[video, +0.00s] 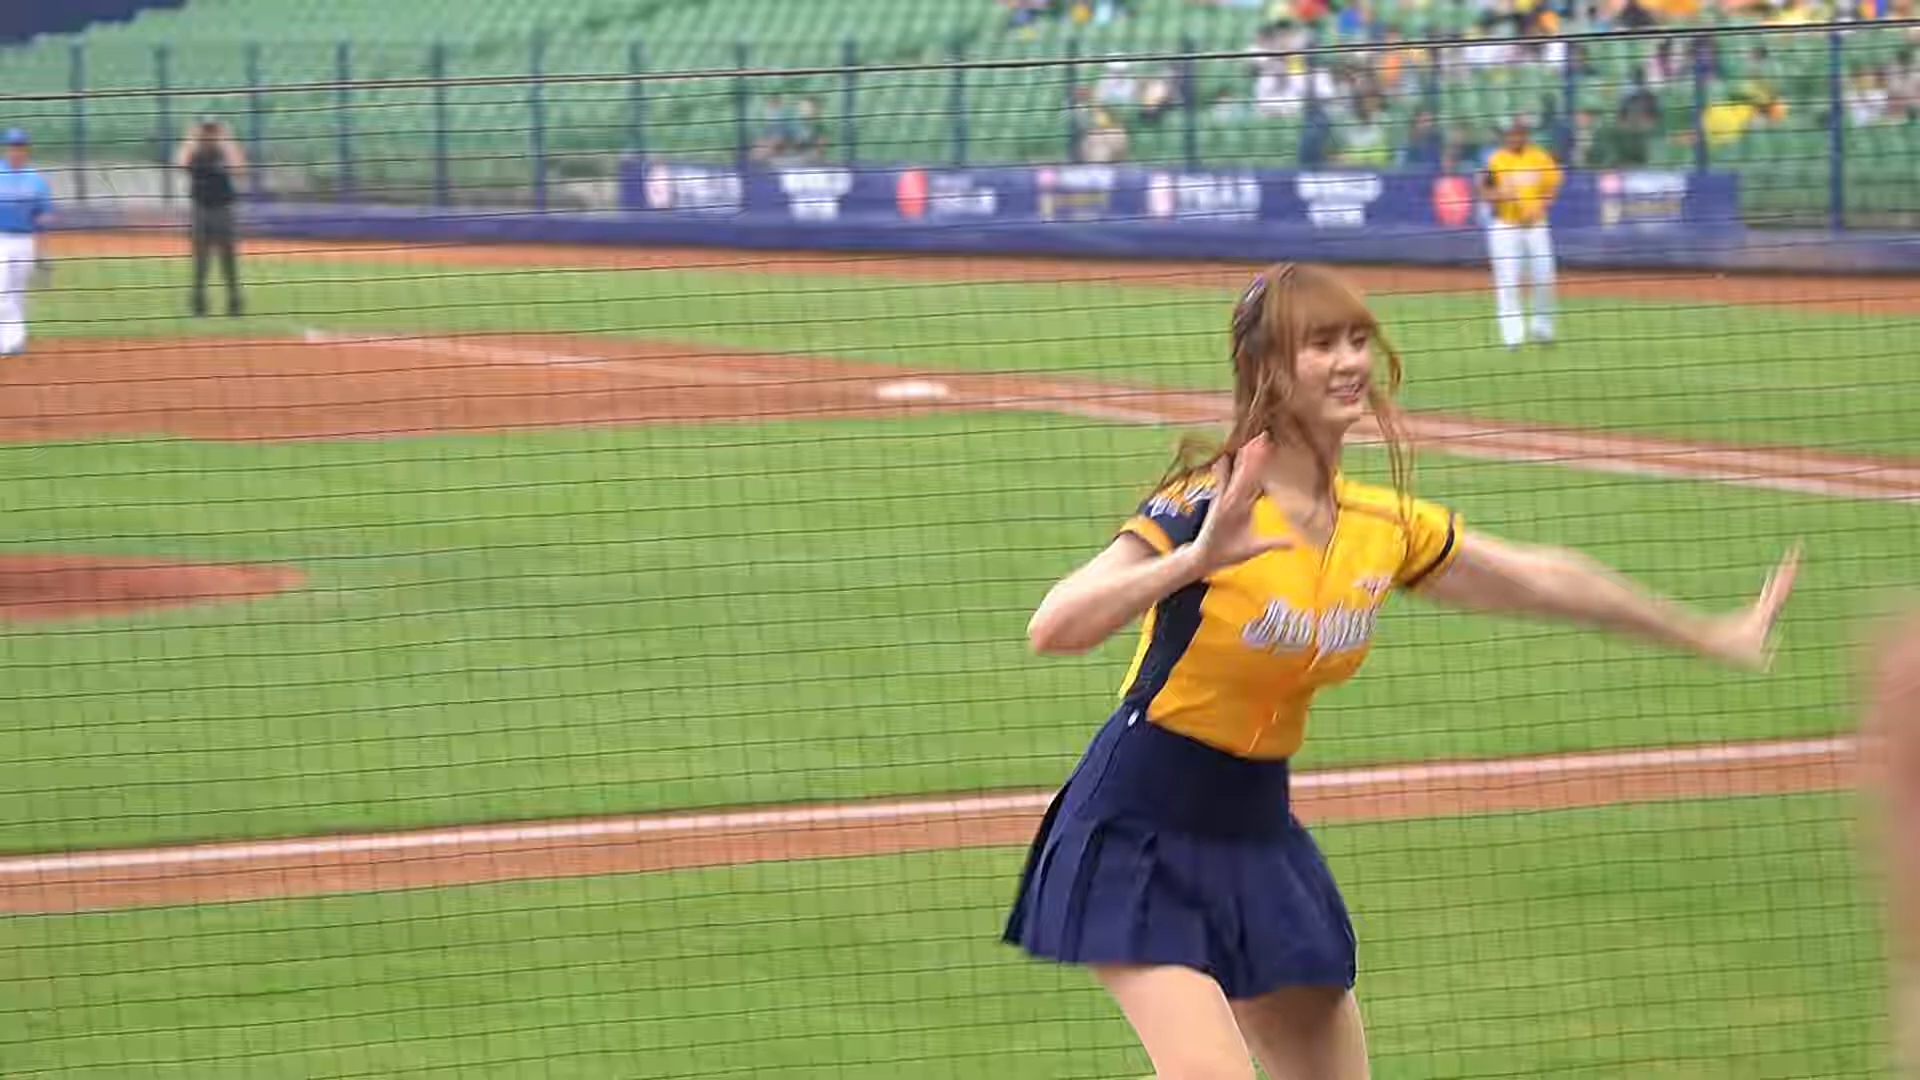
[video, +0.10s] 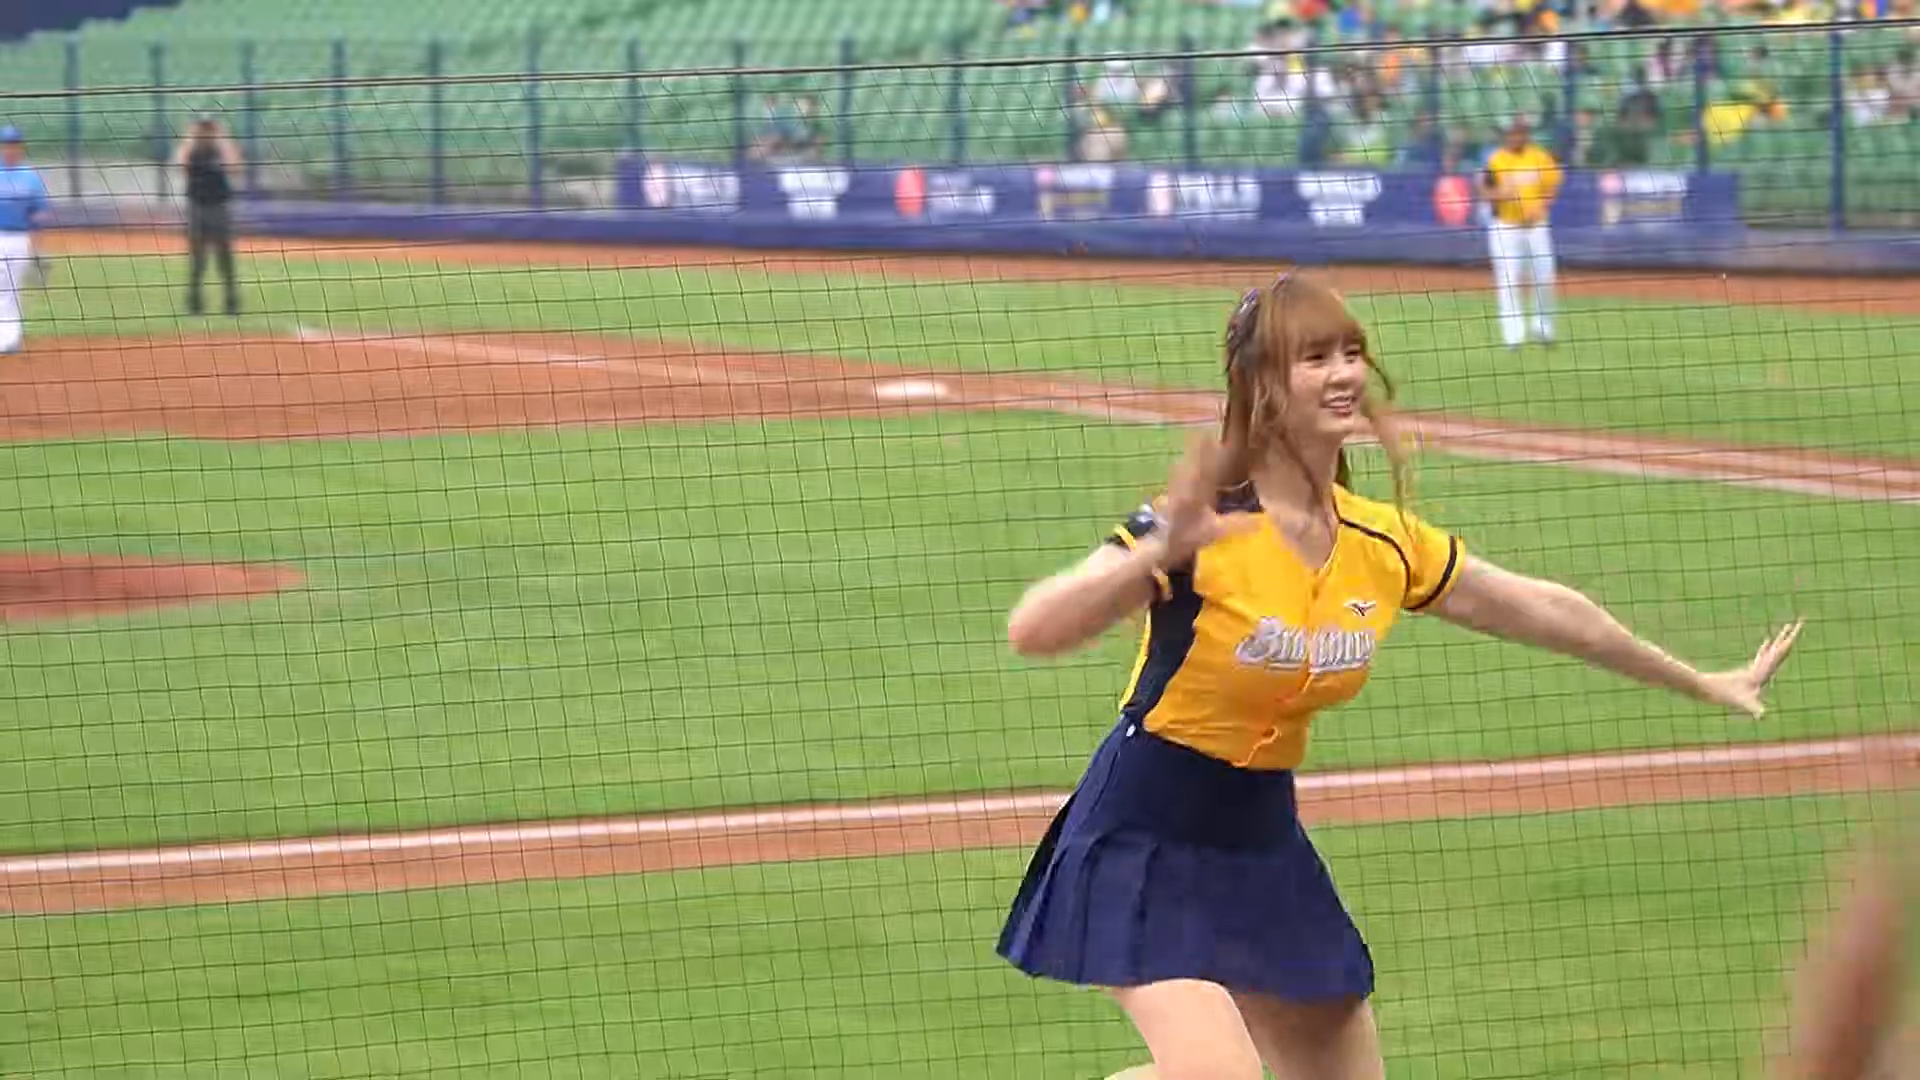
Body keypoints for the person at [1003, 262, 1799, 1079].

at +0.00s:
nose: (1351, 361)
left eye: (1359, 341)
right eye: (1324, 345)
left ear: (1374, 361)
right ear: (1266, 375)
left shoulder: (1387, 526)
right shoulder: (1200, 506)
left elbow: (1542, 581)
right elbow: (1052, 629)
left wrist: (1708, 636)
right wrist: (1194, 559)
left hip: (1256, 832)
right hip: (1136, 822)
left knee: (1333, 1064)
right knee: (1210, 1066)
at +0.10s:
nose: (1346, 372)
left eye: (1354, 351)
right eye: (1318, 356)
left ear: (1368, 373)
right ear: (1259, 386)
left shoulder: (1389, 543)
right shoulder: (1192, 521)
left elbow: (1552, 613)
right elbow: (1030, 631)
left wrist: (1703, 683)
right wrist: (1156, 556)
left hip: (1263, 840)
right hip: (1143, 833)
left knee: (1344, 1061)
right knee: (1213, 1063)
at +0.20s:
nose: (1310, 321)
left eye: (1318, 300)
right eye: (1283, 302)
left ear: (1327, 317)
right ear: (1220, 324)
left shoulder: (1355, 469)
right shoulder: (1145, 466)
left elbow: (1536, 489)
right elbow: (958, 510)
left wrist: (1715, 498)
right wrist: (1054, 412)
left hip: (1268, 793)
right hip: (1144, 788)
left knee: (1316, 1065)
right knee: (1148, 1068)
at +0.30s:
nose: (1255, 299)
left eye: (1265, 279)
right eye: (1228, 281)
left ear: (1279, 293)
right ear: (1163, 300)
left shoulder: (1315, 409)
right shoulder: (1092, 425)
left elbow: (1494, 335)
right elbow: (910, 400)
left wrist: (1650, 258)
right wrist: (944, 261)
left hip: (1257, 771)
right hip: (1124, 768)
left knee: (1306, 1063)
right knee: (1060, 1065)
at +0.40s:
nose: (1204, 337)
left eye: (1213, 315)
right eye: (1177, 315)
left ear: (1226, 328)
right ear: (1107, 336)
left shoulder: (1252, 432)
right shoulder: (1041, 465)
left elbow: (1396, 297)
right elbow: (891, 377)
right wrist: (815, 242)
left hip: (1230, 813)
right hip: (1092, 814)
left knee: (1286, 1066)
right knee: (1039, 1066)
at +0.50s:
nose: (1169, 332)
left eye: (1174, 310)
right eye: (1145, 309)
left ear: (1173, 328)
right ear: (1073, 325)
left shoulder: (1206, 433)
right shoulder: (998, 482)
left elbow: (1360, 384)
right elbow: (805, 483)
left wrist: (1391, 276)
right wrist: (675, 417)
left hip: (1201, 808)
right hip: (1068, 821)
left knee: (1278, 1066)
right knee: (1029, 1066)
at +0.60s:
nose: (1154, 337)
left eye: (1157, 316)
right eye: (1128, 317)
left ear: (1159, 331)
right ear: (1054, 343)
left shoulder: (1189, 446)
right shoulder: (997, 513)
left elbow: (1285, 526)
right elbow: (842, 643)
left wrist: (1293, 507)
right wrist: (684, 733)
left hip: (1180, 798)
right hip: (1051, 822)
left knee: (1304, 1065)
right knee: (1027, 1067)